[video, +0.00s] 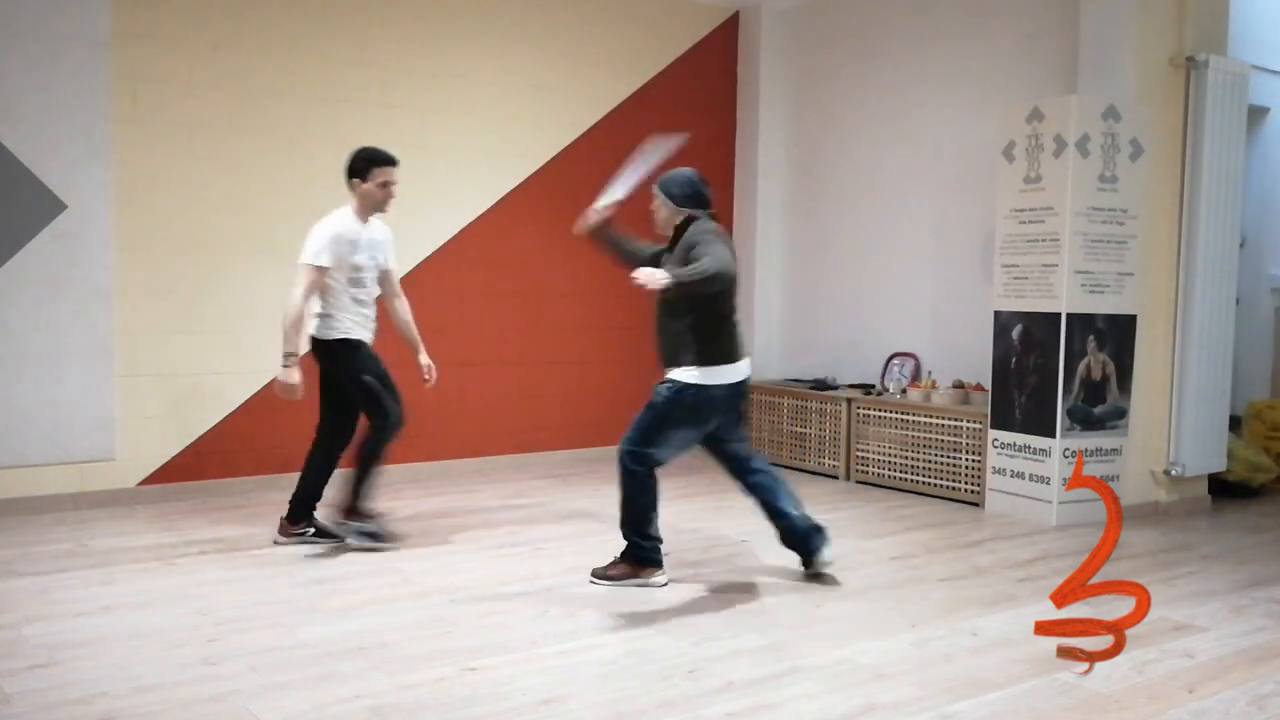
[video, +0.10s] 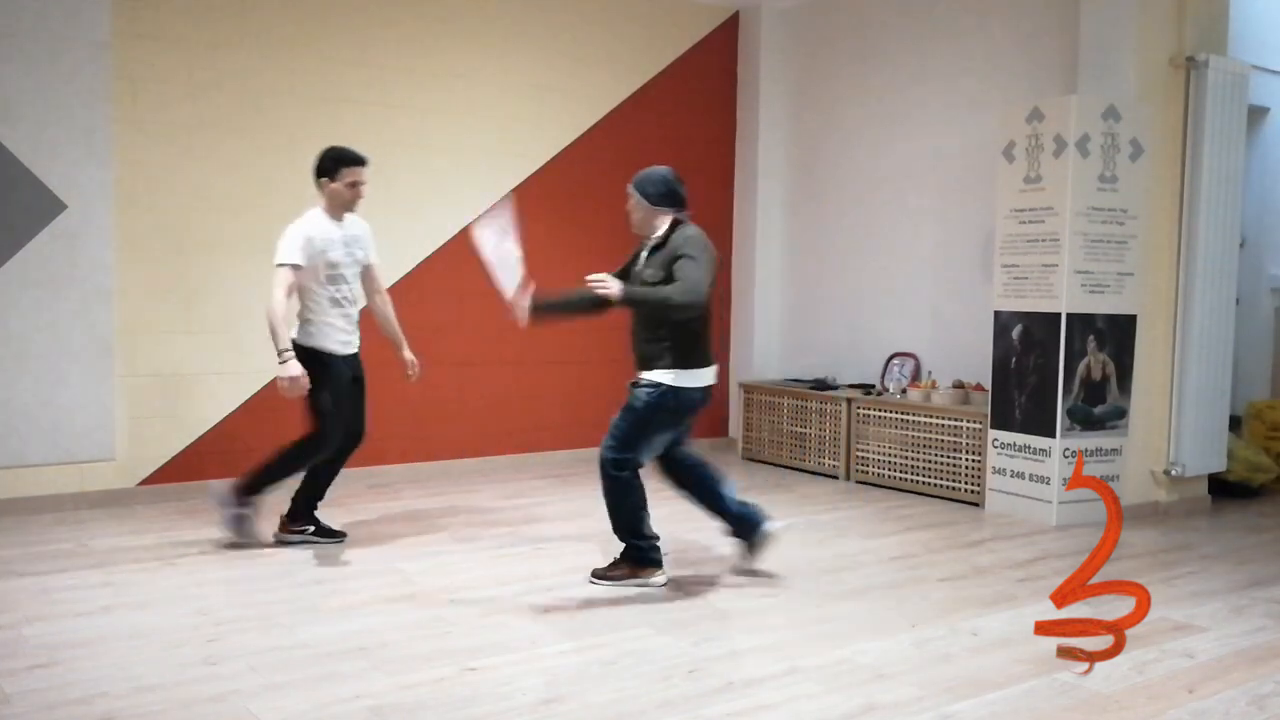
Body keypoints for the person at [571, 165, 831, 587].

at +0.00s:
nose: (652, 210)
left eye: (657, 202)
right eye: (653, 201)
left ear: (677, 206)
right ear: (685, 205)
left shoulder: (704, 235)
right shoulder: (687, 242)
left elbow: (719, 268)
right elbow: (643, 258)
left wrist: (670, 277)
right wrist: (600, 231)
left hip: (697, 382)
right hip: (724, 379)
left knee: (635, 455)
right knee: (746, 463)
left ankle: (641, 557)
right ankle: (810, 543)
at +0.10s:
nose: (627, 209)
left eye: (633, 201)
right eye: (628, 201)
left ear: (655, 205)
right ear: (657, 206)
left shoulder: (690, 242)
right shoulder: (649, 250)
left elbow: (690, 296)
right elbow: (605, 297)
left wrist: (625, 292)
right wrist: (538, 305)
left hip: (674, 381)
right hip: (668, 379)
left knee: (617, 458)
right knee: (673, 455)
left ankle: (641, 558)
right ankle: (747, 523)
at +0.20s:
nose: (600, 208)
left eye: (606, 200)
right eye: (601, 199)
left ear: (630, 204)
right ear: (626, 203)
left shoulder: (671, 245)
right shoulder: (615, 250)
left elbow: (659, 311)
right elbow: (591, 315)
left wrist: (594, 301)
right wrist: (547, 367)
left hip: (656, 377)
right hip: (626, 373)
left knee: (607, 458)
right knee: (608, 453)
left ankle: (641, 557)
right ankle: (661, 533)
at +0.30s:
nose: (569, 207)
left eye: (575, 200)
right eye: (570, 199)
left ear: (600, 203)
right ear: (597, 204)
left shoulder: (645, 244)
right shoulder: (581, 249)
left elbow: (636, 312)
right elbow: (568, 313)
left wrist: (570, 297)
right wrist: (562, 371)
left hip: (629, 376)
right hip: (589, 371)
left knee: (593, 467)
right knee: (551, 449)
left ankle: (640, 553)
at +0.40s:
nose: (536, 209)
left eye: (542, 201)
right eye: (537, 201)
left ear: (568, 205)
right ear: (562, 204)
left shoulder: (617, 243)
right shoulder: (548, 250)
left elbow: (615, 308)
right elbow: (528, 304)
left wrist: (546, 301)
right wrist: (549, 332)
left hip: (599, 376)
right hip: (557, 372)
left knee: (583, 467)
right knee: (515, 448)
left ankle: (639, 551)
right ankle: (485, 531)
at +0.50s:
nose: (502, 215)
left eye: (508, 208)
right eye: (503, 207)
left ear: (532, 209)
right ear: (528, 210)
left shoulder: (582, 246)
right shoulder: (516, 249)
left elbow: (585, 305)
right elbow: (480, 296)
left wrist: (538, 293)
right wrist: (504, 289)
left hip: (567, 382)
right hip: (523, 377)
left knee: (572, 469)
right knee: (478, 449)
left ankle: (639, 550)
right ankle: (437, 537)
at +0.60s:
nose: (469, 223)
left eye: (474, 215)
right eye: (469, 215)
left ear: (498, 214)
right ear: (490, 213)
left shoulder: (544, 248)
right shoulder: (481, 251)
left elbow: (555, 307)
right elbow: (436, 280)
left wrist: (499, 271)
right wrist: (421, 271)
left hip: (528, 384)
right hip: (482, 380)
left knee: (547, 467)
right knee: (432, 446)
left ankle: (625, 537)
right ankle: (424, 541)